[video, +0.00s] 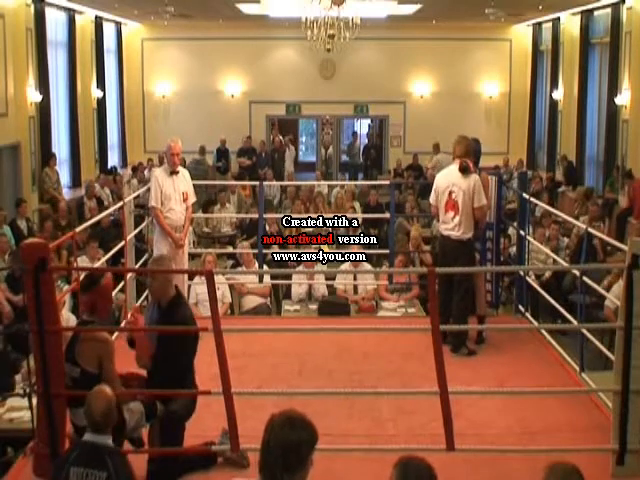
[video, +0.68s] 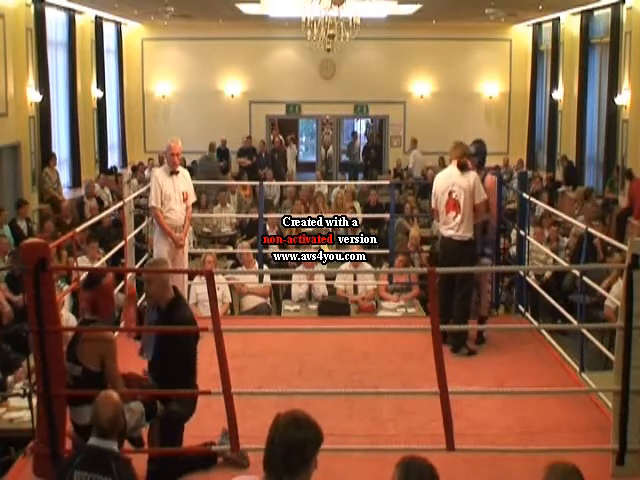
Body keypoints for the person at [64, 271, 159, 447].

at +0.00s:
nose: (113, 301)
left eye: (111, 294)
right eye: (109, 295)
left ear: (84, 299)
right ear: (97, 299)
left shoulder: (76, 333)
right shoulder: (102, 340)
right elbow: (114, 391)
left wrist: (126, 387)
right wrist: (137, 395)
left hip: (75, 412)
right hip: (93, 415)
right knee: (150, 406)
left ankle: (132, 431)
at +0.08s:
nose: (113, 300)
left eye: (111, 294)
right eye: (109, 294)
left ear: (84, 298)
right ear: (99, 299)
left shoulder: (75, 332)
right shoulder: (102, 339)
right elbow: (115, 390)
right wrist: (138, 395)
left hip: (75, 411)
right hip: (93, 414)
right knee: (150, 407)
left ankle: (133, 431)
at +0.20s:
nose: (113, 300)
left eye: (111, 294)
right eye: (109, 295)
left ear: (84, 298)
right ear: (99, 299)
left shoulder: (76, 332)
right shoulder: (102, 339)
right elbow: (115, 391)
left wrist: (126, 385)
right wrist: (138, 395)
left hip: (75, 411)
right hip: (94, 415)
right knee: (150, 407)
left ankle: (132, 431)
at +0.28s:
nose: (113, 301)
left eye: (111, 295)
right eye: (110, 295)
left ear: (84, 299)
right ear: (101, 300)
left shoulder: (73, 332)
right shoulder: (103, 339)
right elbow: (116, 390)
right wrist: (138, 395)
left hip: (75, 412)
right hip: (94, 415)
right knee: (150, 407)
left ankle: (132, 430)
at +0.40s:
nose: (113, 301)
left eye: (111, 295)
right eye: (109, 295)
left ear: (85, 298)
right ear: (100, 299)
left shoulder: (77, 331)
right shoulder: (104, 338)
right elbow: (117, 389)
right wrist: (138, 395)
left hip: (75, 412)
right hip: (94, 415)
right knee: (151, 407)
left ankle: (132, 430)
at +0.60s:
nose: (113, 300)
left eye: (112, 294)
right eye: (110, 294)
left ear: (85, 299)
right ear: (99, 299)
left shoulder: (79, 330)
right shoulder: (104, 337)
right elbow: (117, 388)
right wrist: (138, 395)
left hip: (76, 412)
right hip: (94, 416)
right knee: (150, 406)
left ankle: (133, 430)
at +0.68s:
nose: (115, 299)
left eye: (113, 293)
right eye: (111, 293)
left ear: (87, 298)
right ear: (101, 298)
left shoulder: (81, 329)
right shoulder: (105, 337)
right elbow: (117, 389)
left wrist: (128, 382)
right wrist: (139, 395)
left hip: (76, 410)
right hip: (93, 414)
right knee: (151, 406)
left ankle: (133, 430)